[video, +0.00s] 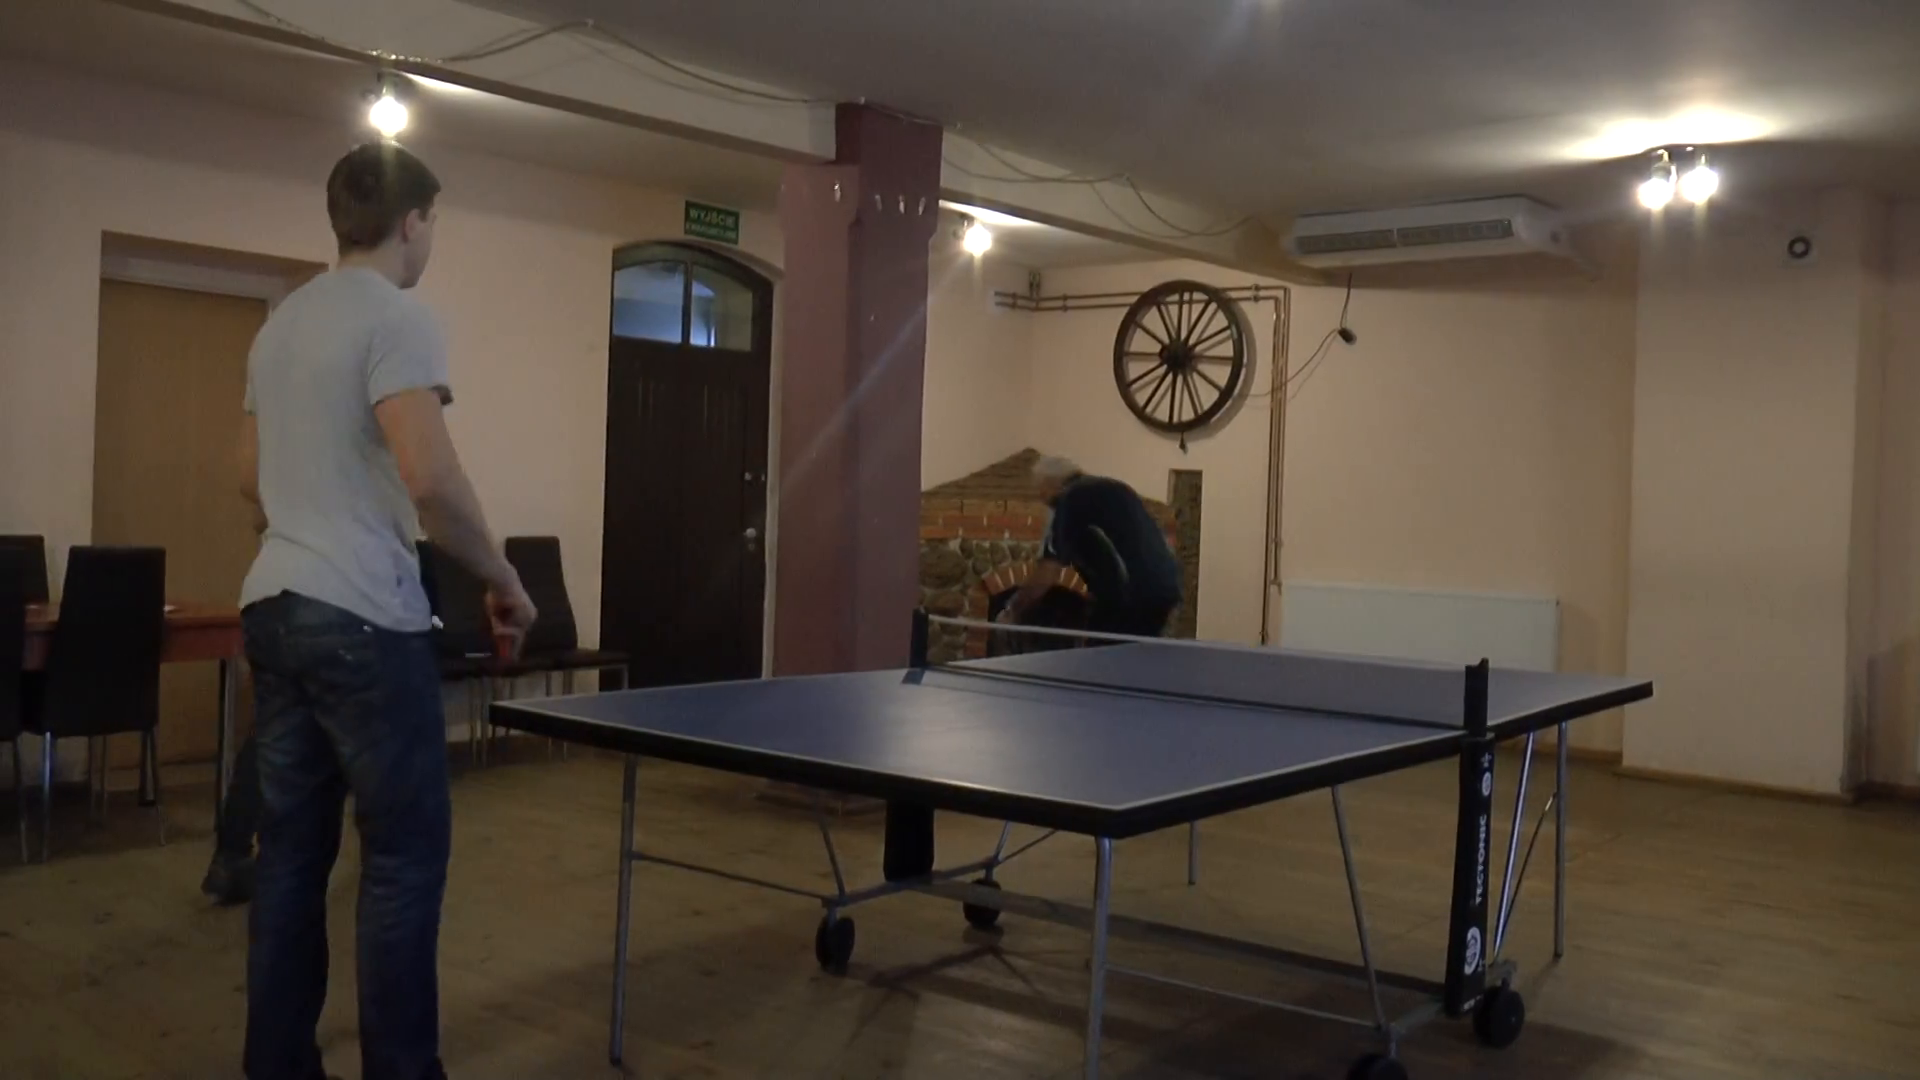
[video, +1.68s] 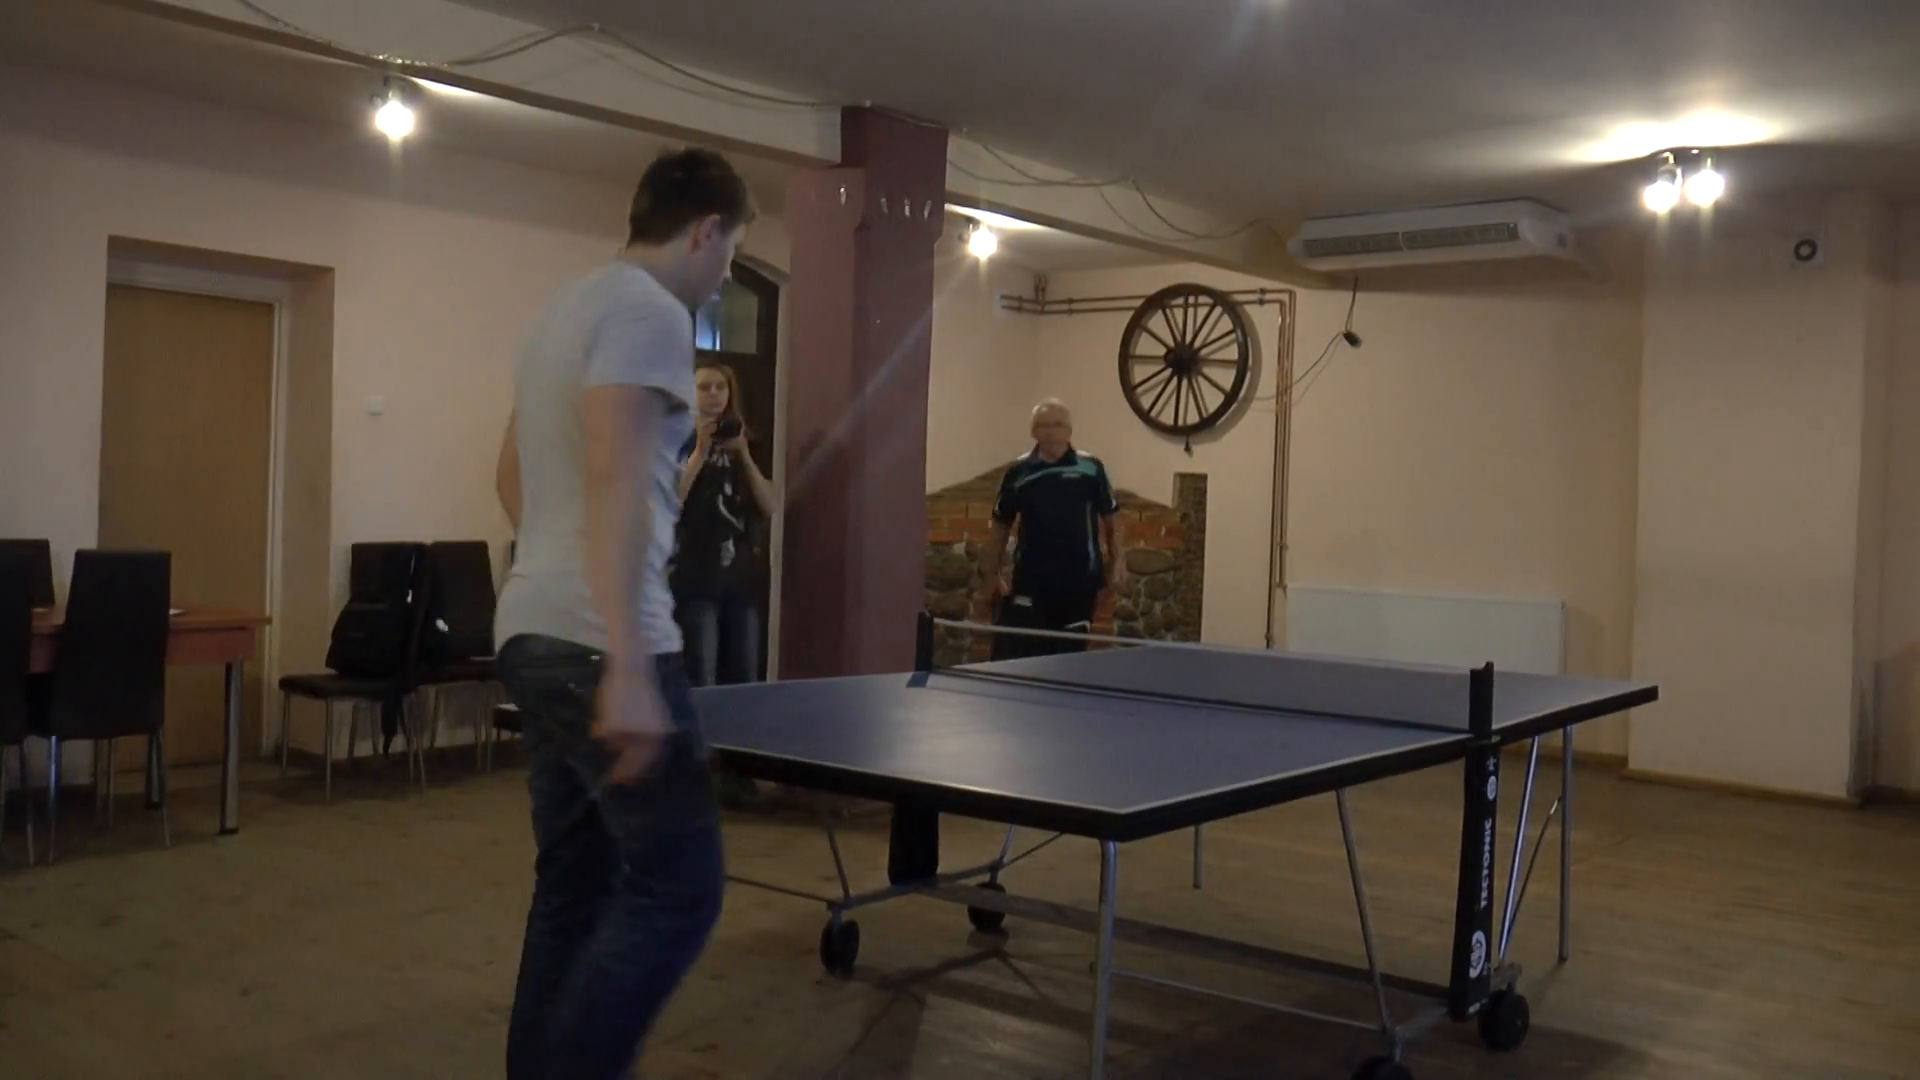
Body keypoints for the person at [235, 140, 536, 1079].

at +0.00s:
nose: (432, 242)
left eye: (432, 226)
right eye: (432, 225)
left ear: (342, 221)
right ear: (409, 223)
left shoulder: (280, 320)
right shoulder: (394, 315)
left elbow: (256, 477)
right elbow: (430, 476)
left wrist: (338, 541)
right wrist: (501, 576)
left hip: (273, 610)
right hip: (365, 616)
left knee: (291, 856)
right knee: (407, 855)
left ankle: (278, 1064)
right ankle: (403, 1065)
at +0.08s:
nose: (429, 246)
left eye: (431, 228)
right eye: (429, 226)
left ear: (339, 218)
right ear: (401, 220)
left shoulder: (285, 313)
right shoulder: (384, 317)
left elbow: (315, 456)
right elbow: (425, 487)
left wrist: (426, 442)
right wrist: (498, 588)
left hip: (271, 609)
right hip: (359, 618)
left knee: (289, 852)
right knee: (402, 854)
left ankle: (281, 1063)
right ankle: (398, 1063)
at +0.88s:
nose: (513, 277)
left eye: (523, 259)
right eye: (520, 251)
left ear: (445, 218)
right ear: (483, 220)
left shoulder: (358, 286)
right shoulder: (417, 293)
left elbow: (440, 435)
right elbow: (378, 472)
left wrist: (512, 348)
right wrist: (478, 635)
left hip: (347, 632)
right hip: (380, 648)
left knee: (431, 865)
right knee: (363, 909)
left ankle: (394, 1063)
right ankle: (327, 1071)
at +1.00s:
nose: (551, 294)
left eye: (563, 278)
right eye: (557, 267)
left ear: (505, 230)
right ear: (517, 226)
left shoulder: (398, 291)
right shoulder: (436, 304)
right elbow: (390, 473)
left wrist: (530, 459)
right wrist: (505, 621)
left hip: (389, 650)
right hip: (389, 658)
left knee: (470, 879)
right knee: (356, 926)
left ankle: (470, 1068)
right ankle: (315, 1070)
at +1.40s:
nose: (682, 300)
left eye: (692, 281)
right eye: (687, 274)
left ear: (626, 240)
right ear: (650, 243)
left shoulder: (524, 307)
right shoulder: (568, 311)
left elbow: (441, 466)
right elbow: (521, 477)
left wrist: (485, 598)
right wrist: (574, 664)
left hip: (493, 664)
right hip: (496, 670)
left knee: (566, 897)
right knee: (503, 896)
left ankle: (558, 1069)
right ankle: (368, 1071)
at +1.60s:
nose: (716, 285)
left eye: (723, 266)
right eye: (720, 260)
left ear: (640, 231)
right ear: (687, 236)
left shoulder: (558, 310)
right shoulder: (624, 310)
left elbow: (497, 481)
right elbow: (584, 482)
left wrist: (534, 601)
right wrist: (576, 668)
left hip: (536, 645)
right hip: (593, 653)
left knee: (565, 891)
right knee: (650, 891)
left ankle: (559, 1066)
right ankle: (484, 1068)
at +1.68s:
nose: (726, 274)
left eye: (731, 254)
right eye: (730, 250)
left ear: (646, 223)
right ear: (702, 232)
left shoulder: (567, 309)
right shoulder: (645, 307)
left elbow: (510, 477)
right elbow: (613, 470)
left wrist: (564, 590)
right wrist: (627, 661)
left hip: (541, 644)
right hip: (604, 649)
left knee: (573, 887)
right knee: (678, 890)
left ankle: (538, 1064)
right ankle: (576, 1063)